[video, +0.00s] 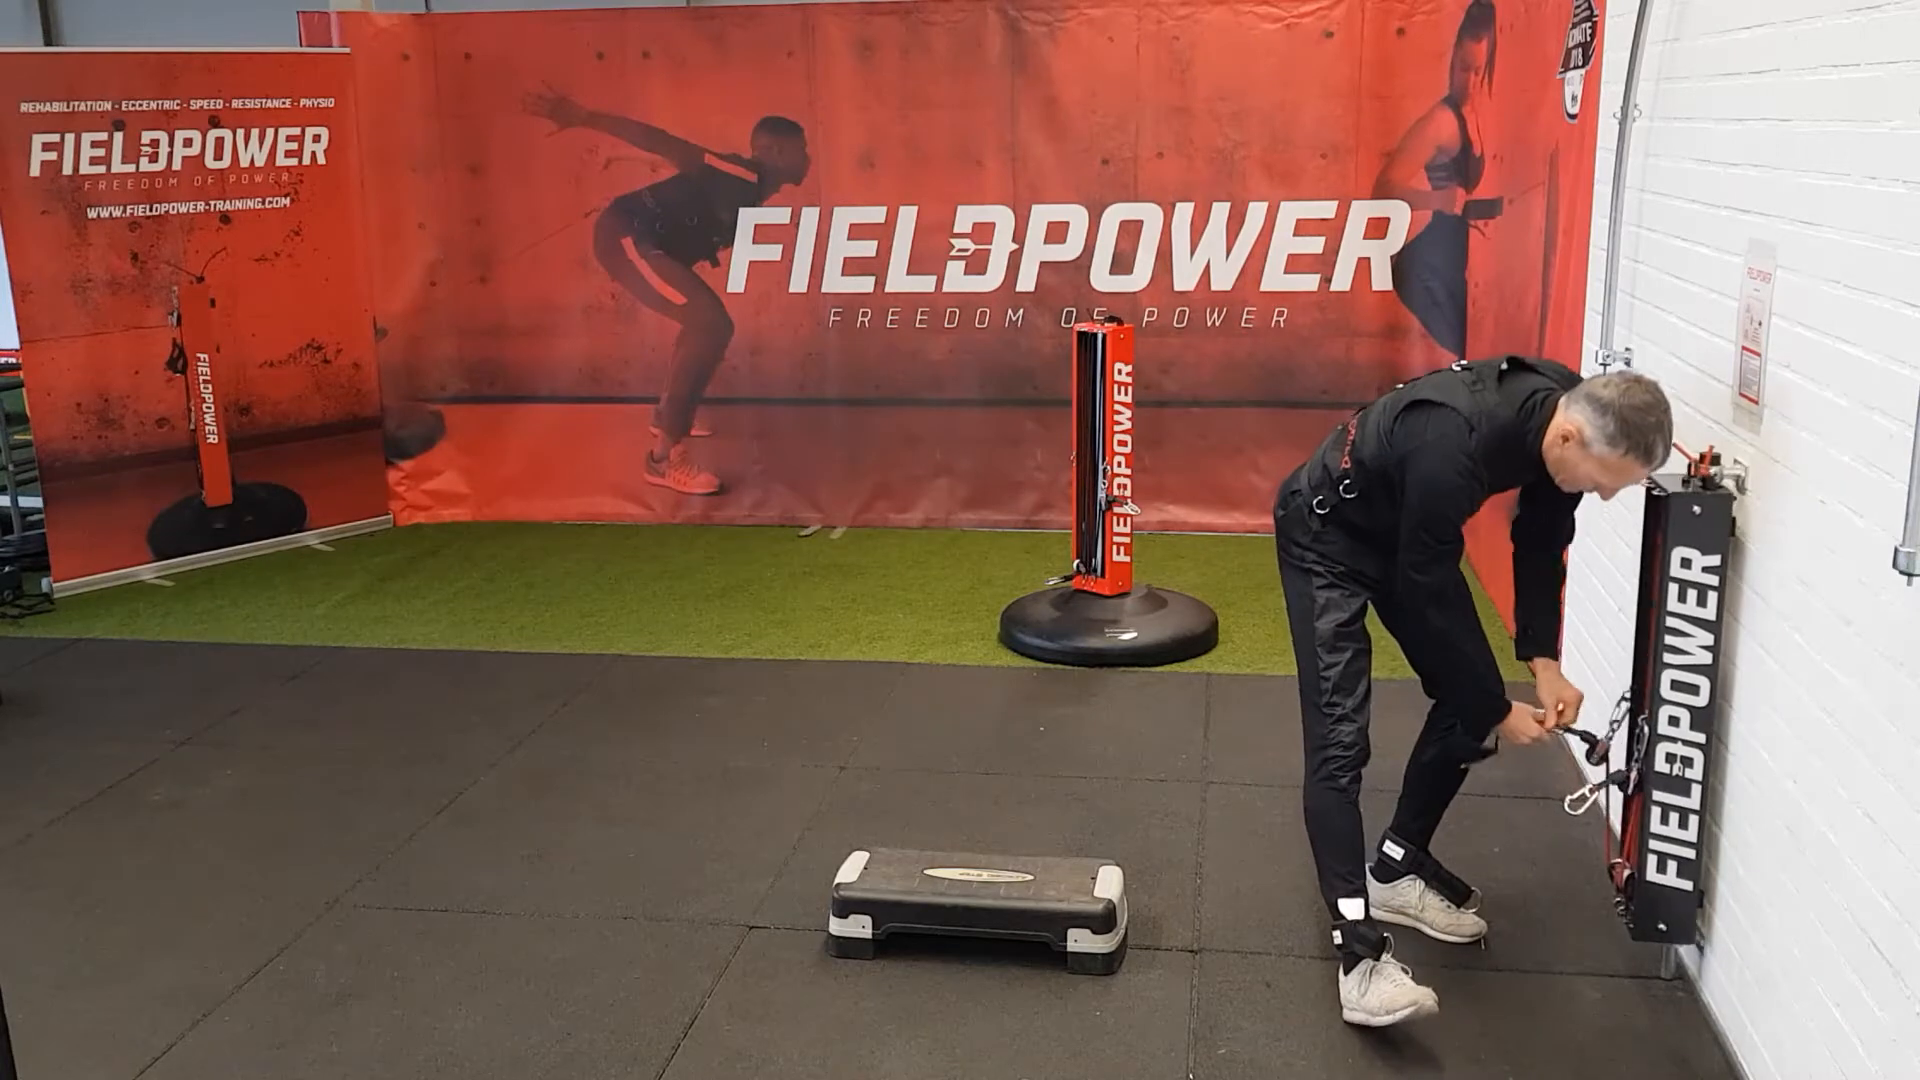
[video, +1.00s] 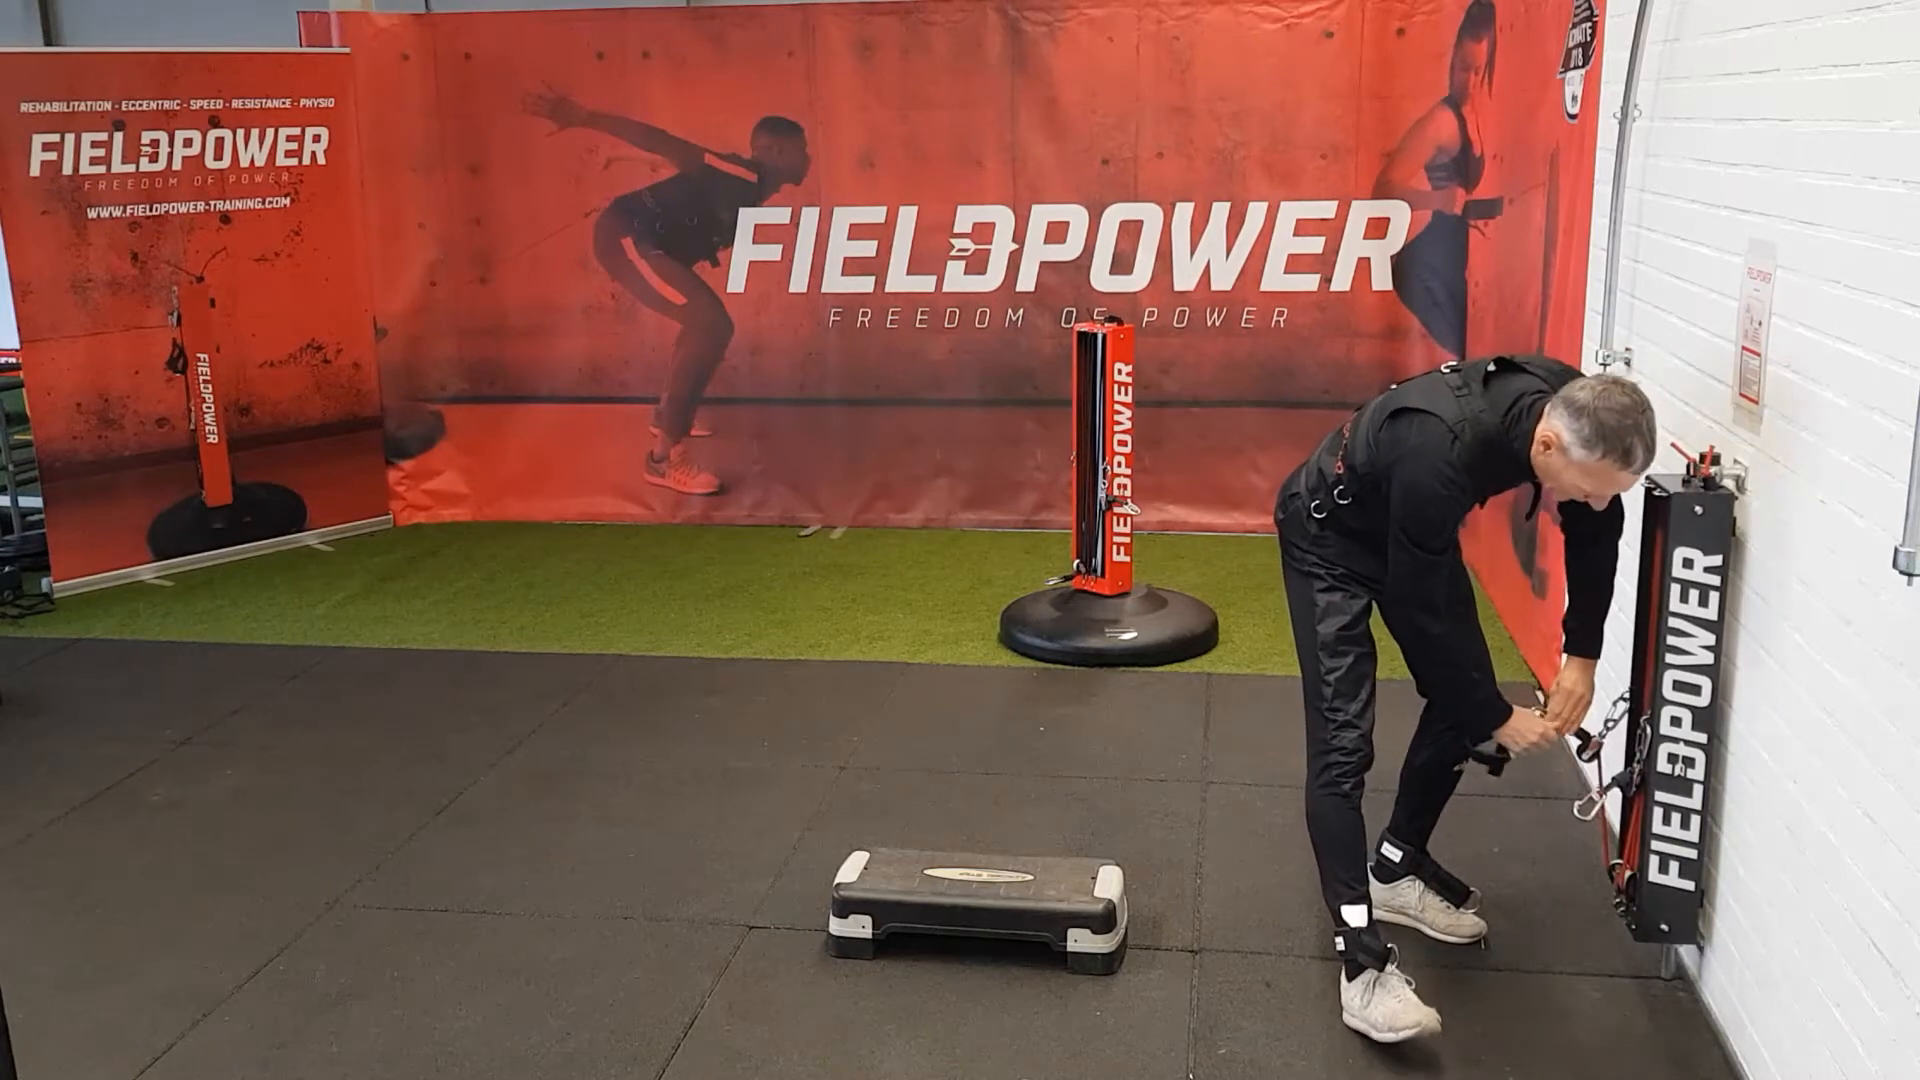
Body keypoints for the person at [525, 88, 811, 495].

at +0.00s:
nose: (807, 158)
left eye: (805, 150)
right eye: (800, 150)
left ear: (774, 151)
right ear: (770, 150)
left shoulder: (750, 190)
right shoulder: (735, 175)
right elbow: (661, 142)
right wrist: (584, 117)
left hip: (647, 238)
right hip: (626, 233)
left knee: (711, 322)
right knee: (711, 325)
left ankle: (671, 412)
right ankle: (665, 456)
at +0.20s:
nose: (807, 158)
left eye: (805, 149)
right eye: (800, 150)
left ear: (773, 151)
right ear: (770, 150)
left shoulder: (750, 189)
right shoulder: (735, 175)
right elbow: (661, 142)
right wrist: (584, 117)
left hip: (645, 237)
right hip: (626, 233)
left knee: (710, 322)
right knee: (712, 325)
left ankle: (671, 412)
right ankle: (665, 456)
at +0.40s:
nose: (807, 158)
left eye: (805, 149)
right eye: (800, 150)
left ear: (773, 151)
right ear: (770, 150)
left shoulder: (749, 189)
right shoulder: (735, 176)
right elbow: (661, 142)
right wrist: (584, 117)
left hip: (645, 237)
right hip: (626, 233)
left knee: (710, 322)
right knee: (712, 326)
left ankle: (671, 412)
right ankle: (665, 456)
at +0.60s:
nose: (807, 157)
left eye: (805, 149)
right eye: (800, 149)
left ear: (774, 151)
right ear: (770, 149)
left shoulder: (751, 191)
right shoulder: (734, 176)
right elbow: (662, 142)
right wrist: (584, 117)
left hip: (646, 237)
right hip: (626, 232)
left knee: (711, 322)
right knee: (711, 325)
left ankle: (671, 412)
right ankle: (665, 456)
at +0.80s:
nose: (807, 158)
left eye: (805, 150)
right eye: (800, 150)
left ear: (773, 151)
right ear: (770, 150)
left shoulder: (750, 190)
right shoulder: (735, 175)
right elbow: (660, 142)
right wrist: (584, 117)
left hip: (646, 237)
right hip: (626, 233)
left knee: (711, 322)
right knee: (712, 325)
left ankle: (671, 412)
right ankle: (665, 456)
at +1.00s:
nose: (807, 158)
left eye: (805, 149)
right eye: (800, 149)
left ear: (774, 151)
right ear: (770, 149)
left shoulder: (751, 191)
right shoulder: (734, 176)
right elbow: (661, 142)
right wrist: (584, 117)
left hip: (646, 238)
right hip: (626, 232)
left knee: (712, 322)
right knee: (711, 325)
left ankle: (671, 412)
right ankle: (665, 456)